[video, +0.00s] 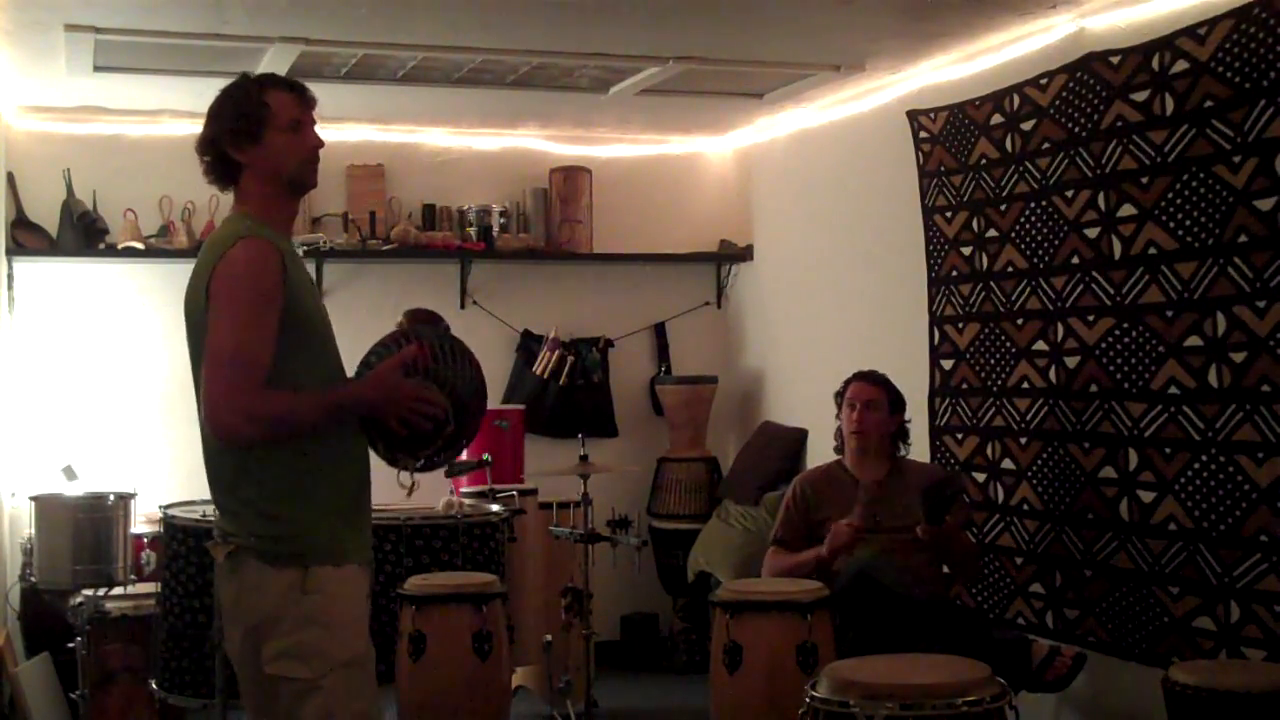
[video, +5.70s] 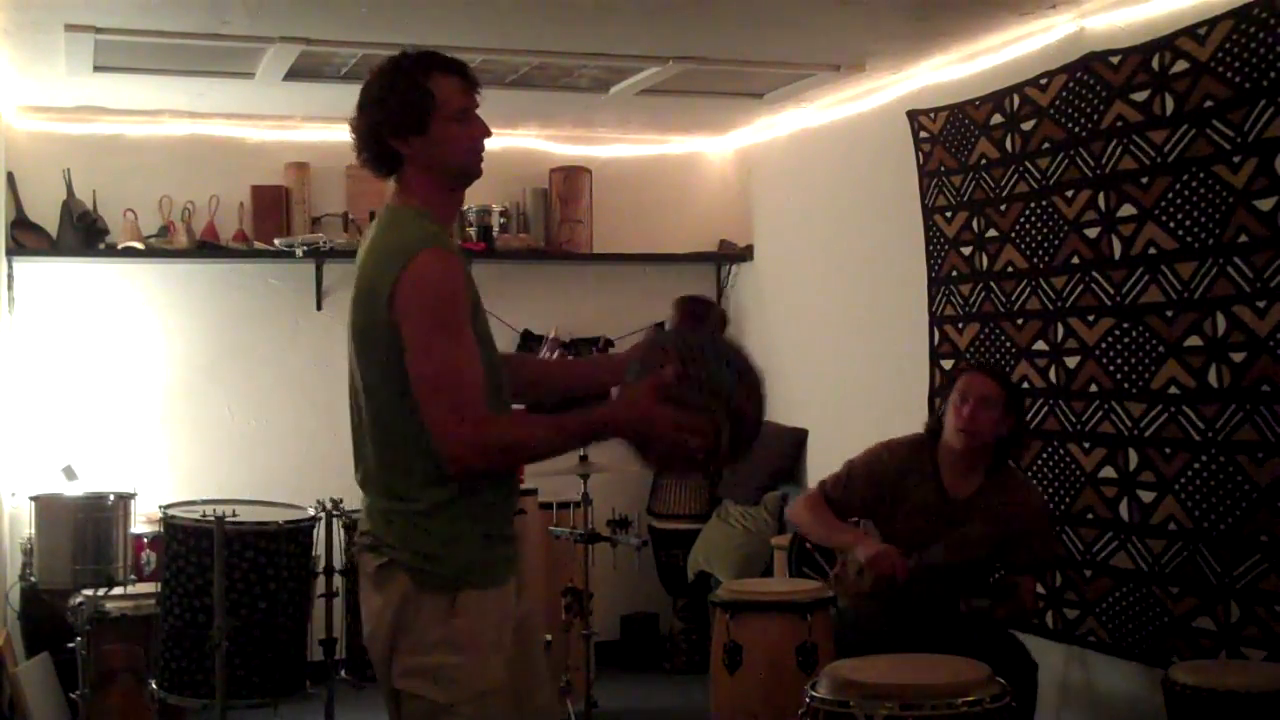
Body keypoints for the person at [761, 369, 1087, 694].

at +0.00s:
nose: (857, 416)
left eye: (870, 408)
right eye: (850, 406)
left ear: (896, 422)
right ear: (839, 418)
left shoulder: (930, 481)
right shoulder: (810, 487)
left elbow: (971, 569)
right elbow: (771, 570)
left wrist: (945, 539)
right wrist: (824, 551)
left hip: (925, 608)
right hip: (843, 614)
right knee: (864, 576)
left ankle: (1019, 663)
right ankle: (1014, 650)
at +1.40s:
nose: (904, 412)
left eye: (915, 403)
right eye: (893, 399)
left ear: (923, 414)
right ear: (868, 405)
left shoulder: (949, 475)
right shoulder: (828, 472)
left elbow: (981, 568)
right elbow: (781, 558)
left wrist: (956, 535)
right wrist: (829, 530)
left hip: (933, 616)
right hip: (852, 617)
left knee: (1013, 644)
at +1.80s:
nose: (931, 414)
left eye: (942, 404)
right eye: (918, 401)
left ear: (952, 416)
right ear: (889, 409)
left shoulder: (973, 482)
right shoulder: (848, 477)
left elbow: (1000, 568)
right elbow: (803, 565)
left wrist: (977, 570)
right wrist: (849, 554)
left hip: (943, 615)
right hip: (866, 616)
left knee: (1021, 648)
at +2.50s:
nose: (968, 450)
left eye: (979, 439)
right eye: (956, 437)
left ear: (992, 445)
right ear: (929, 438)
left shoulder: (1008, 500)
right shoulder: (883, 492)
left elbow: (1008, 588)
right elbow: (831, 575)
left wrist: (991, 612)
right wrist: (871, 578)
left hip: (966, 624)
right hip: (889, 619)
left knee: (1021, 648)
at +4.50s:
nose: (950, 444)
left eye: (967, 437)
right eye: (947, 429)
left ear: (989, 454)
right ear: (936, 431)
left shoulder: (1005, 505)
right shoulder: (884, 488)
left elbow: (1004, 590)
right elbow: (831, 575)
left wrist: (988, 612)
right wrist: (877, 582)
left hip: (960, 625)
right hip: (886, 620)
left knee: (1016, 650)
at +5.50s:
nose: (979, 452)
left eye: (997, 445)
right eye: (974, 436)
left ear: (1016, 459)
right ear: (957, 436)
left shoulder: (1028, 509)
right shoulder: (907, 483)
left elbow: (1018, 602)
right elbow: (814, 531)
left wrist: (981, 626)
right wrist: (875, 570)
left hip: (969, 618)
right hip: (896, 607)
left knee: (1019, 649)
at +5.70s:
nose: (968, 413)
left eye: (985, 405)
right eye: (961, 399)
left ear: (1004, 423)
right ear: (944, 407)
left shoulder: (1018, 496)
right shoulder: (894, 460)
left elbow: (1024, 596)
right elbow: (801, 510)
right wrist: (858, 542)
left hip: (961, 619)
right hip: (879, 609)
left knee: (1018, 670)